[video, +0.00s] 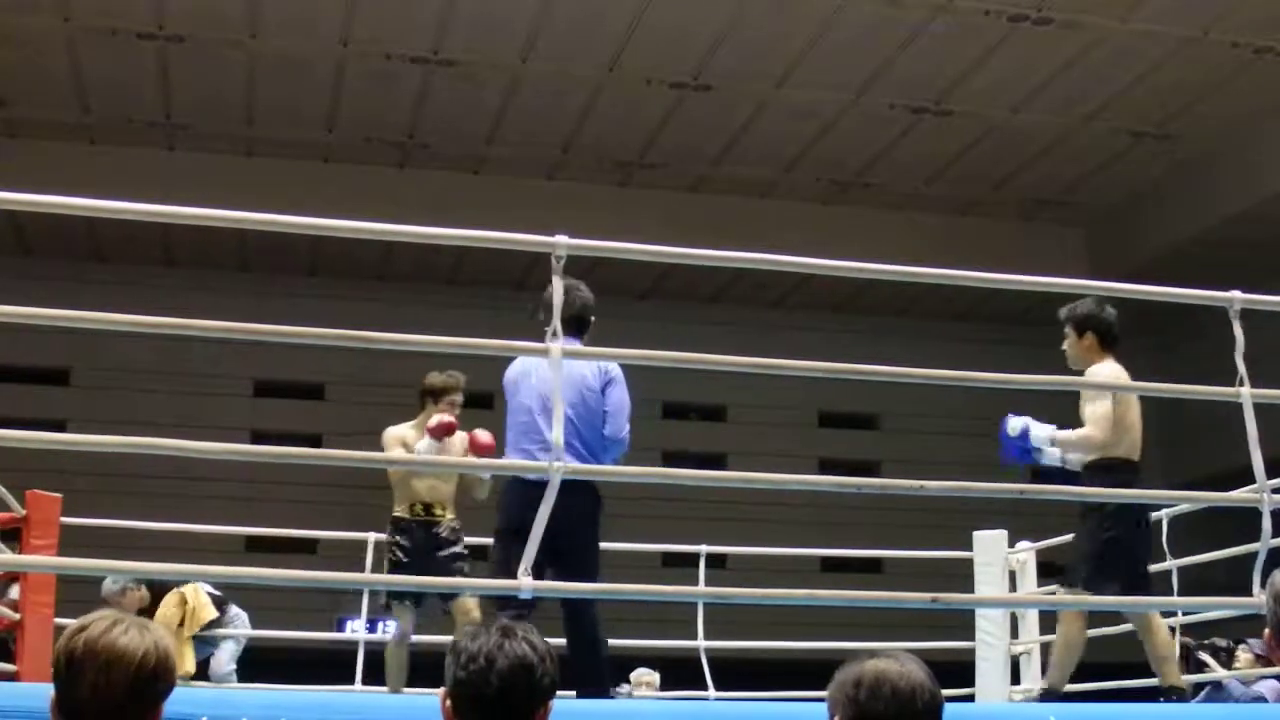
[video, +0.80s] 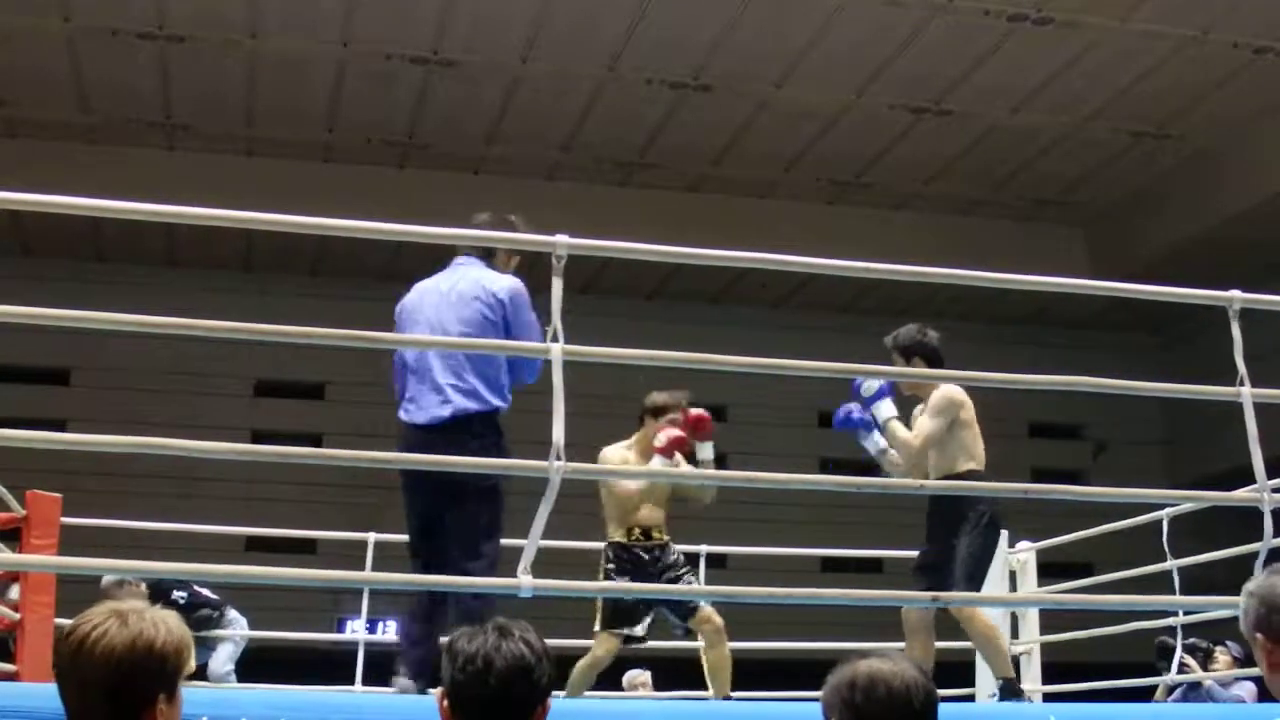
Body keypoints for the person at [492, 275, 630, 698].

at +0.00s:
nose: (539, 318)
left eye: (542, 312)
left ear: (542, 318)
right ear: (588, 323)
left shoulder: (517, 369)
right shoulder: (606, 370)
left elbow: (517, 422)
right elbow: (616, 434)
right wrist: (596, 465)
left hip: (521, 491)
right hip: (578, 494)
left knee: (511, 593)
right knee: (579, 596)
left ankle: (503, 697)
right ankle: (594, 696)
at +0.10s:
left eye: (531, 305)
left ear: (531, 310)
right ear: (577, 312)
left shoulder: (502, 361)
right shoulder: (595, 361)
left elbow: (489, 425)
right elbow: (607, 426)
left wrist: (512, 457)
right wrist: (584, 458)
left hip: (506, 487)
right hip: (567, 490)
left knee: (501, 588)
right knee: (572, 591)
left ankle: (494, 692)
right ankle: (578, 695)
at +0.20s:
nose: (569, 300)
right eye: (570, 294)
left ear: (523, 296)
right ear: (568, 298)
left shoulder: (492, 343)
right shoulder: (584, 347)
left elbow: (462, 418)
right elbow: (597, 414)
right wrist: (568, 448)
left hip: (499, 477)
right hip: (557, 479)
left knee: (497, 577)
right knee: (564, 579)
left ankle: (493, 676)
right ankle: (551, 679)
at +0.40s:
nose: (558, 290)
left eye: (556, 283)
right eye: (555, 283)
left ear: (502, 287)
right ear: (544, 288)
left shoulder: (464, 331)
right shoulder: (563, 336)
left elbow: (426, 371)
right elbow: (579, 409)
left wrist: (391, 417)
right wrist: (573, 440)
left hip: (478, 468)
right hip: (541, 467)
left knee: (484, 566)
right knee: (551, 558)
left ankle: (480, 661)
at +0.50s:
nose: (547, 288)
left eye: (547, 281)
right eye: (546, 281)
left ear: (495, 283)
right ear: (533, 281)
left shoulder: (453, 325)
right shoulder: (553, 332)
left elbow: (418, 368)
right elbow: (567, 395)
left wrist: (389, 418)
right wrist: (562, 440)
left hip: (465, 462)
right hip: (524, 461)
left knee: (472, 563)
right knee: (509, 564)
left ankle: (474, 656)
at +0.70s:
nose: (530, 273)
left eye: (531, 265)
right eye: (529, 264)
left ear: (479, 259)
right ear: (515, 260)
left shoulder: (426, 309)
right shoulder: (525, 304)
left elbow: (409, 398)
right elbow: (539, 386)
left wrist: (407, 469)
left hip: (432, 445)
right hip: (491, 442)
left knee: (449, 561)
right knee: (484, 560)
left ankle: (448, 674)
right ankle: (475, 678)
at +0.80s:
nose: (518, 262)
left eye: (519, 254)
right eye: (517, 253)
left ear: (464, 246)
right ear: (500, 248)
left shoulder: (413, 296)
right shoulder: (506, 288)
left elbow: (401, 377)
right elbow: (529, 368)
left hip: (416, 435)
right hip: (475, 434)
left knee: (426, 557)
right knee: (476, 556)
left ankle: (413, 673)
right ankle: (471, 679)